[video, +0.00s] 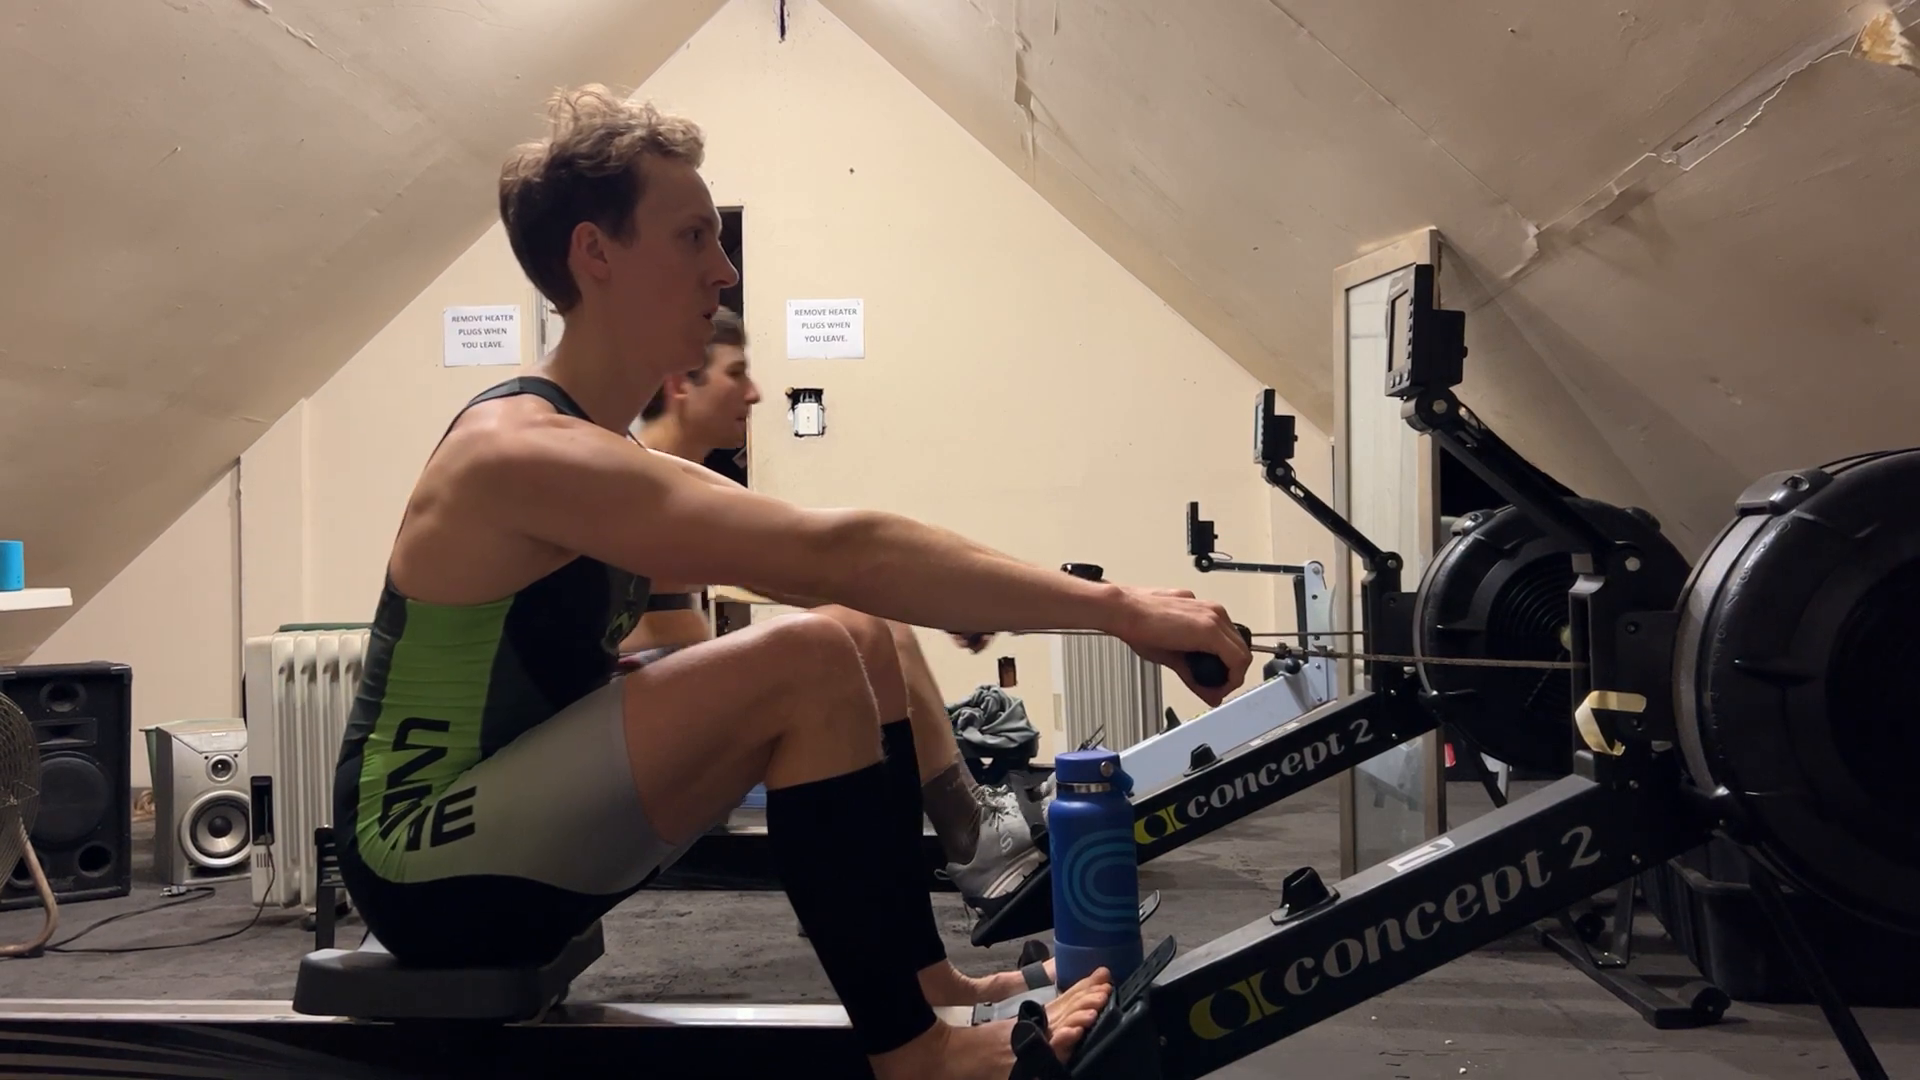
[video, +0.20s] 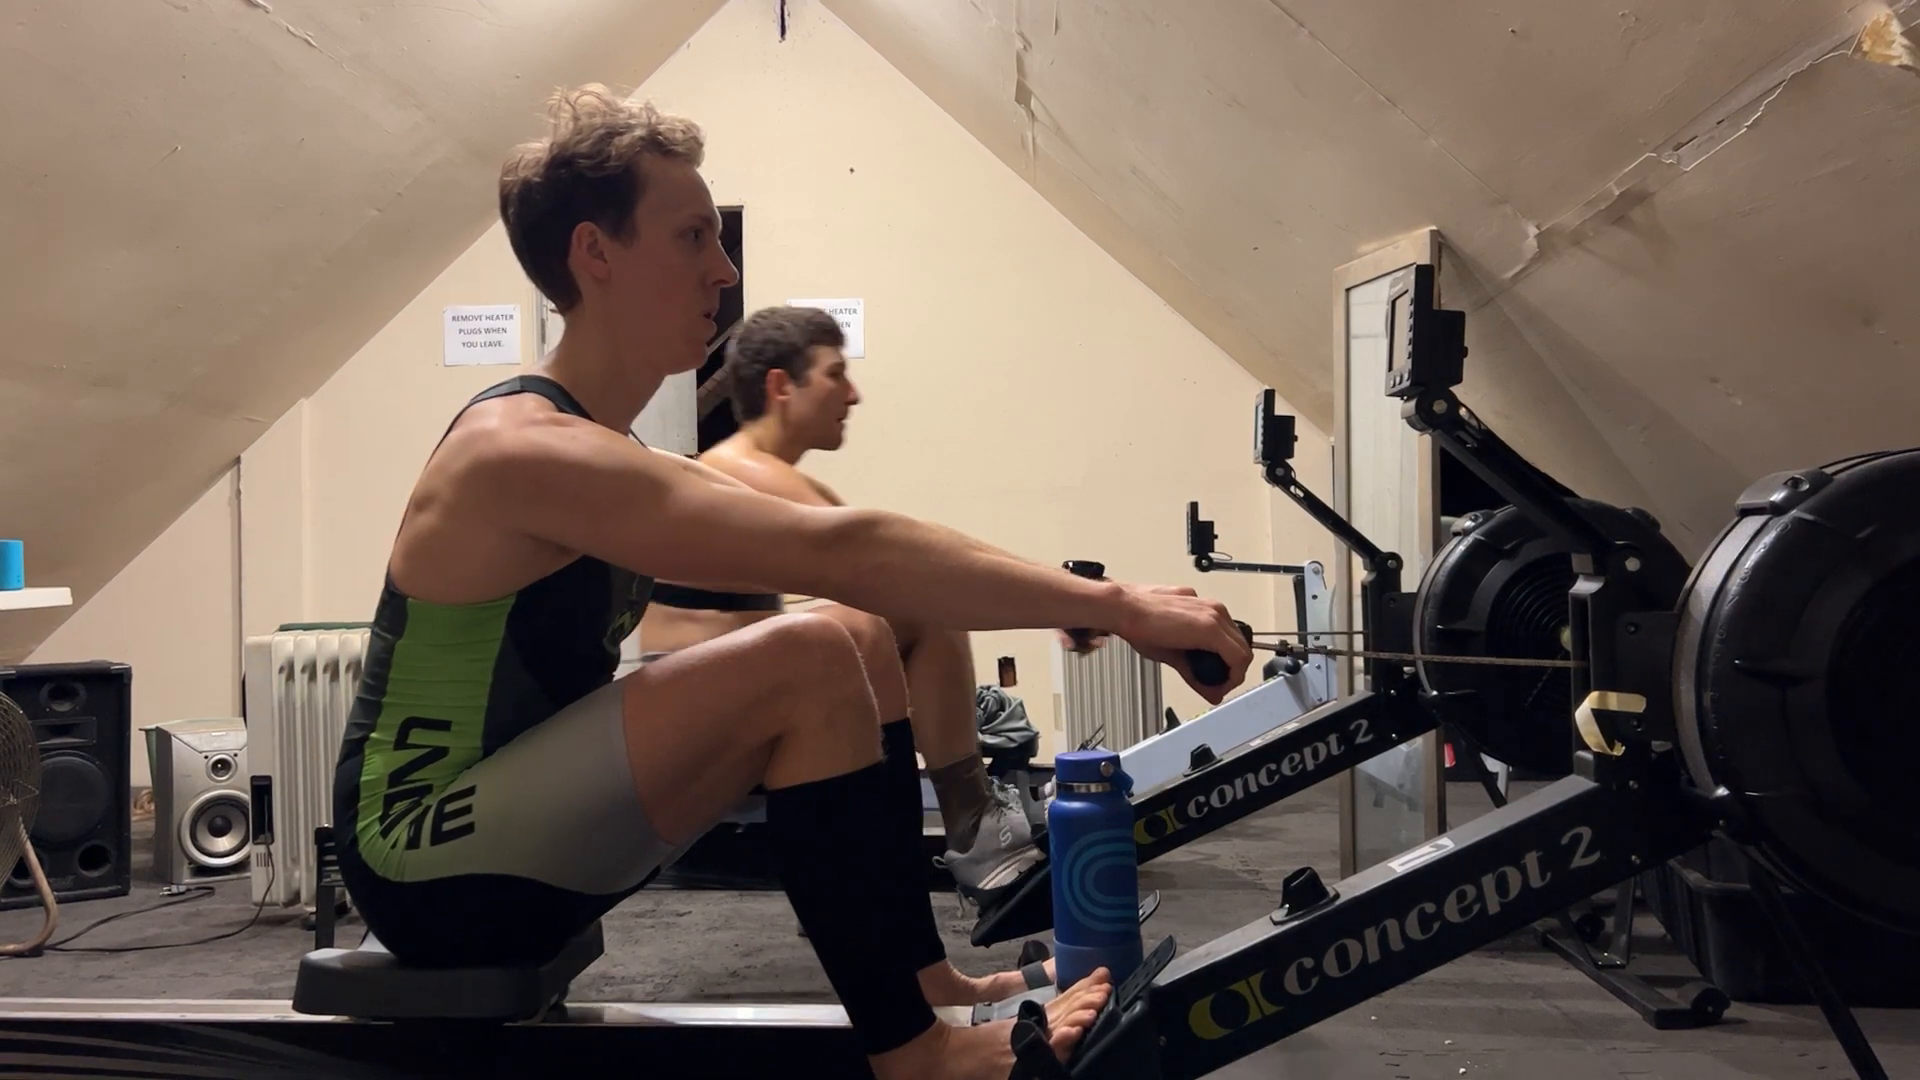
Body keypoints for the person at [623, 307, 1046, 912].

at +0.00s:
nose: (753, 392)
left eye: (748, 373)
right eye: (736, 373)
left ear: (683, 388)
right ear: (679, 384)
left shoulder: (688, 475)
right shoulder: (644, 474)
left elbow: (791, 577)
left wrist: (937, 601)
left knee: (881, 624)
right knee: (862, 629)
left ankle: (974, 829)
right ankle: (972, 838)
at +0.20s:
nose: (854, 395)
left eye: (847, 376)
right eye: (835, 376)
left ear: (781, 390)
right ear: (780, 388)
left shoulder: (713, 463)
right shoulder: (777, 485)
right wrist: (1058, 596)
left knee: (924, 614)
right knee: (930, 615)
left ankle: (977, 823)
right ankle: (973, 831)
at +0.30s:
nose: (904, 396)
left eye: (897, 377)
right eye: (886, 376)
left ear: (830, 391)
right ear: (830, 389)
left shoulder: (766, 468)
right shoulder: (835, 491)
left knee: (955, 601)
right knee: (955, 600)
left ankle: (974, 822)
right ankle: (973, 825)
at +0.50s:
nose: (989, 398)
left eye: (981, 378)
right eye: (970, 379)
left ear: (919, 397)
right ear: (916, 394)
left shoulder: (887, 471)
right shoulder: (892, 475)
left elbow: (1033, 549)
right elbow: (1039, 549)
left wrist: (1177, 593)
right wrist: (1184, 593)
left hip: (831, 708)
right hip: (842, 718)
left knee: (1002, 596)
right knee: (1004, 597)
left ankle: (971, 811)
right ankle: (970, 820)